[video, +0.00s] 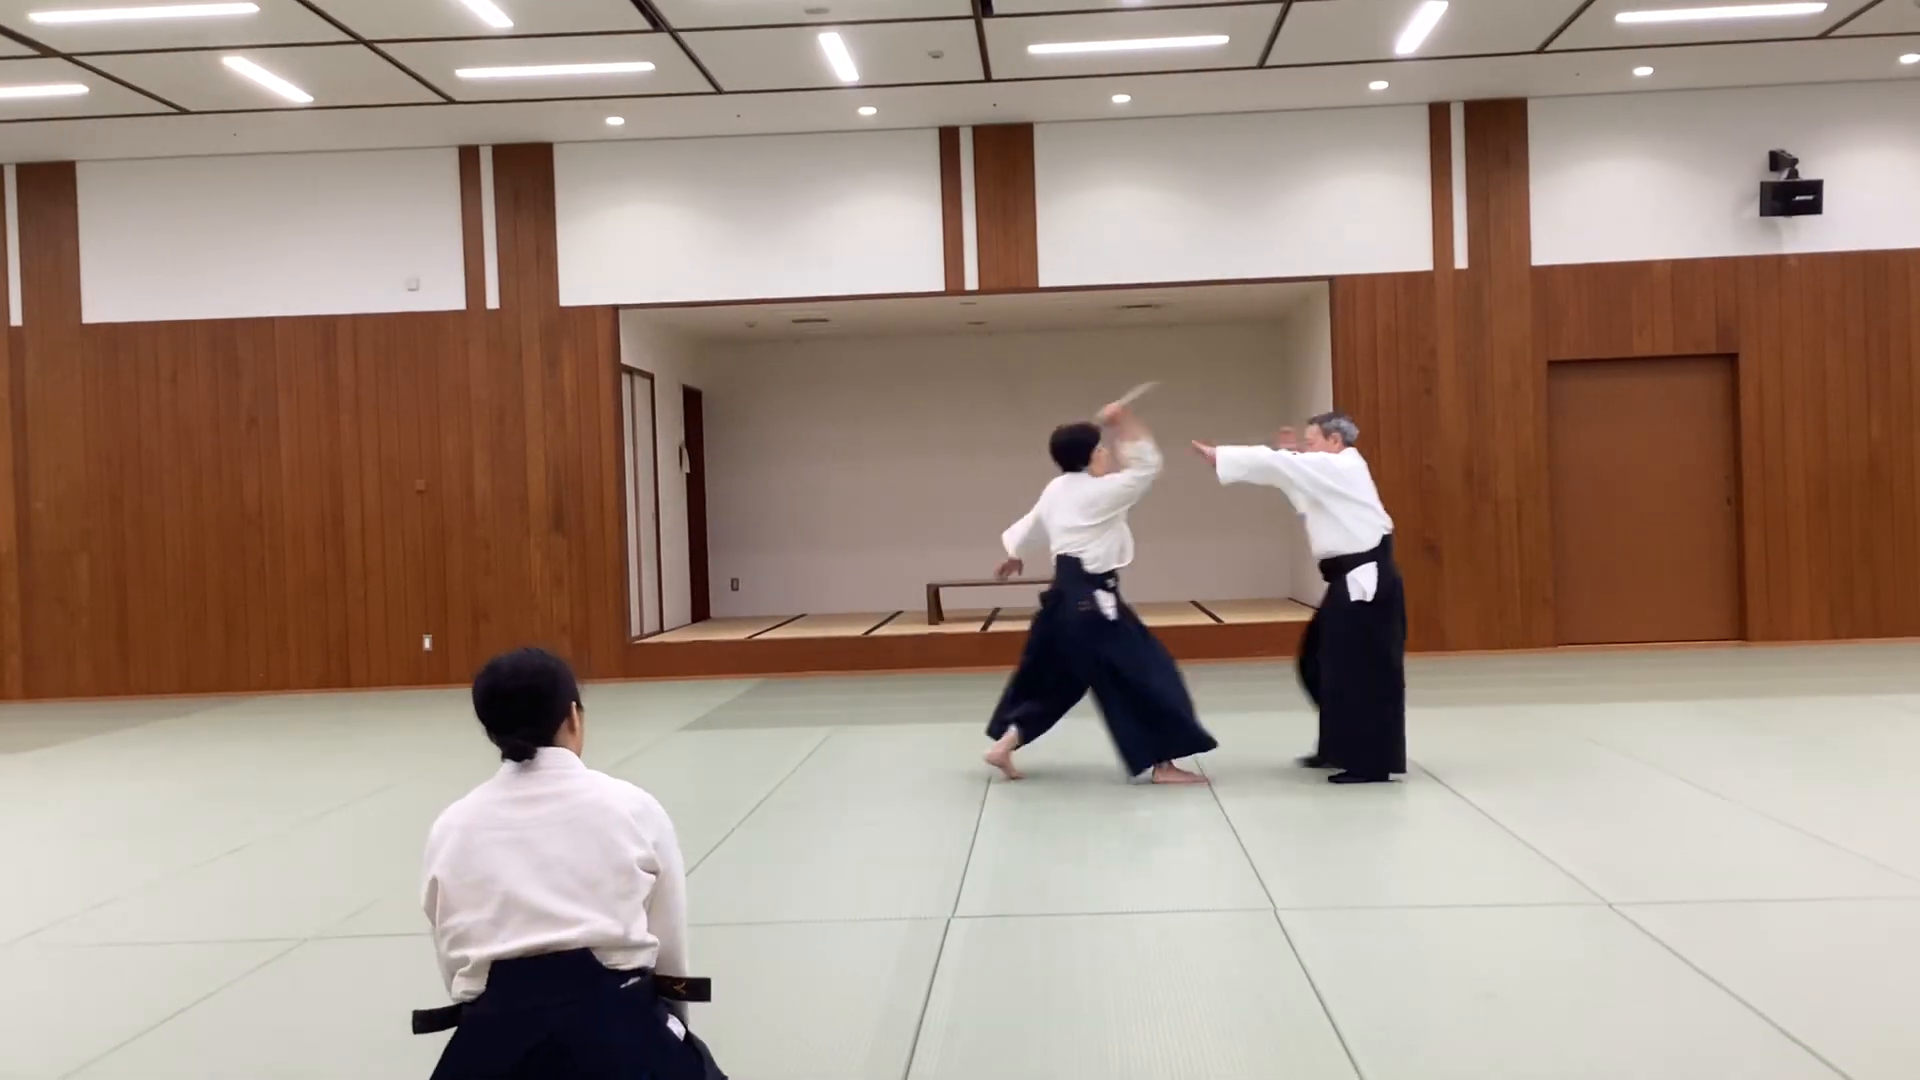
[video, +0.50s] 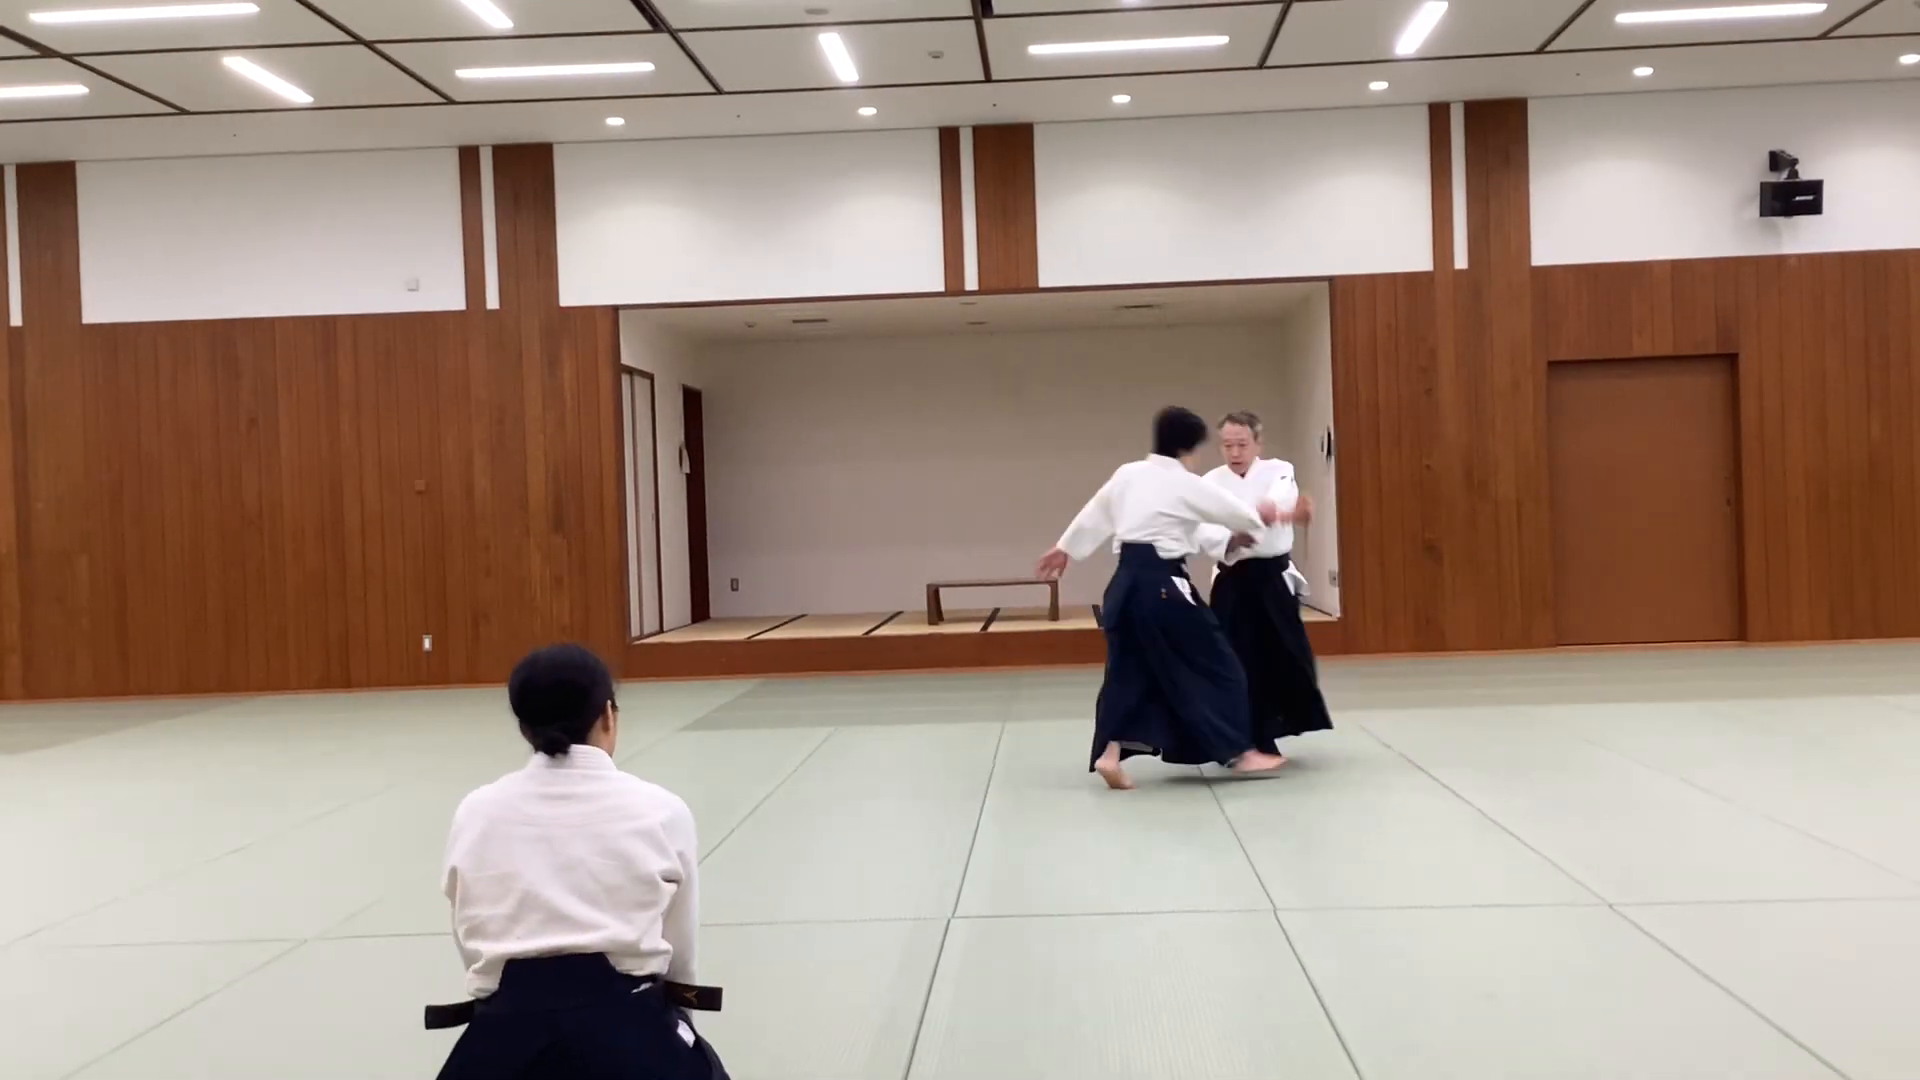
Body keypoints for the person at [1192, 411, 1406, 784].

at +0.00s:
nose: (1306, 447)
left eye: (1312, 440)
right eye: (1306, 440)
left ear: (1334, 440)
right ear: (1333, 440)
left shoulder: (1342, 465)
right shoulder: (1329, 464)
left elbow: (1284, 463)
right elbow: (1309, 475)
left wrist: (1222, 456)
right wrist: (1293, 454)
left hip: (1369, 580)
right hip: (1348, 579)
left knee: (1363, 671)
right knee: (1316, 661)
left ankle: (1371, 763)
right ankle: (1336, 748)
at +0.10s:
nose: (1286, 447)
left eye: (1293, 440)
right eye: (1286, 441)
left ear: (1319, 441)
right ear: (1312, 441)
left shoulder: (1327, 467)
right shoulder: (1303, 490)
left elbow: (1262, 453)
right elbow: (1261, 497)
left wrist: (1204, 433)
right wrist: (1221, 460)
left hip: (1349, 582)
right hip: (1322, 584)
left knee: (1358, 670)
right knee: (1280, 653)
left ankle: (1372, 761)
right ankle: (1270, 736)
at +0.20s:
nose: (1270, 442)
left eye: (1277, 436)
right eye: (1268, 436)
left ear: (1298, 437)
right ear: (1270, 438)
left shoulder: (1319, 465)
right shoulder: (1268, 480)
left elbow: (1271, 448)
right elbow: (1227, 504)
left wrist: (1222, 428)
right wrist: (1214, 473)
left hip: (1332, 576)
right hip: (1293, 578)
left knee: (1345, 665)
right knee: (1265, 659)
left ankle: (1366, 755)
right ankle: (1269, 746)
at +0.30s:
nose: (1259, 437)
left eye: (1267, 431)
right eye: (1254, 433)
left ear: (1284, 437)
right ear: (1250, 440)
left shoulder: (1307, 465)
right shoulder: (1243, 476)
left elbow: (1271, 453)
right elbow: (1215, 523)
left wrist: (1239, 425)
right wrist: (1218, 486)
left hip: (1311, 572)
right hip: (1270, 575)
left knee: (1325, 657)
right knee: (1256, 660)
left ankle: (1338, 744)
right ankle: (1268, 747)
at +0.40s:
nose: (1249, 448)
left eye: (1257, 441)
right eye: (1242, 441)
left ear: (1273, 439)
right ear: (1235, 442)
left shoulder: (1289, 470)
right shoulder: (1227, 479)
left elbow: (1298, 482)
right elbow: (1212, 534)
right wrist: (1229, 495)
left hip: (1290, 574)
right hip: (1248, 576)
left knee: (1306, 657)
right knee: (1249, 664)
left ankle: (1294, 728)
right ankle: (1266, 746)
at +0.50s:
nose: (1234, 451)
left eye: (1241, 443)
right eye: (1227, 444)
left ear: (1257, 443)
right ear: (1221, 445)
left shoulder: (1279, 471)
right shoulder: (1210, 482)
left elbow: (1281, 504)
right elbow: (1196, 532)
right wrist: (1228, 538)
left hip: (1271, 577)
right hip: (1230, 579)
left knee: (1267, 659)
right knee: (1236, 660)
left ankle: (1262, 741)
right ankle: (1241, 744)